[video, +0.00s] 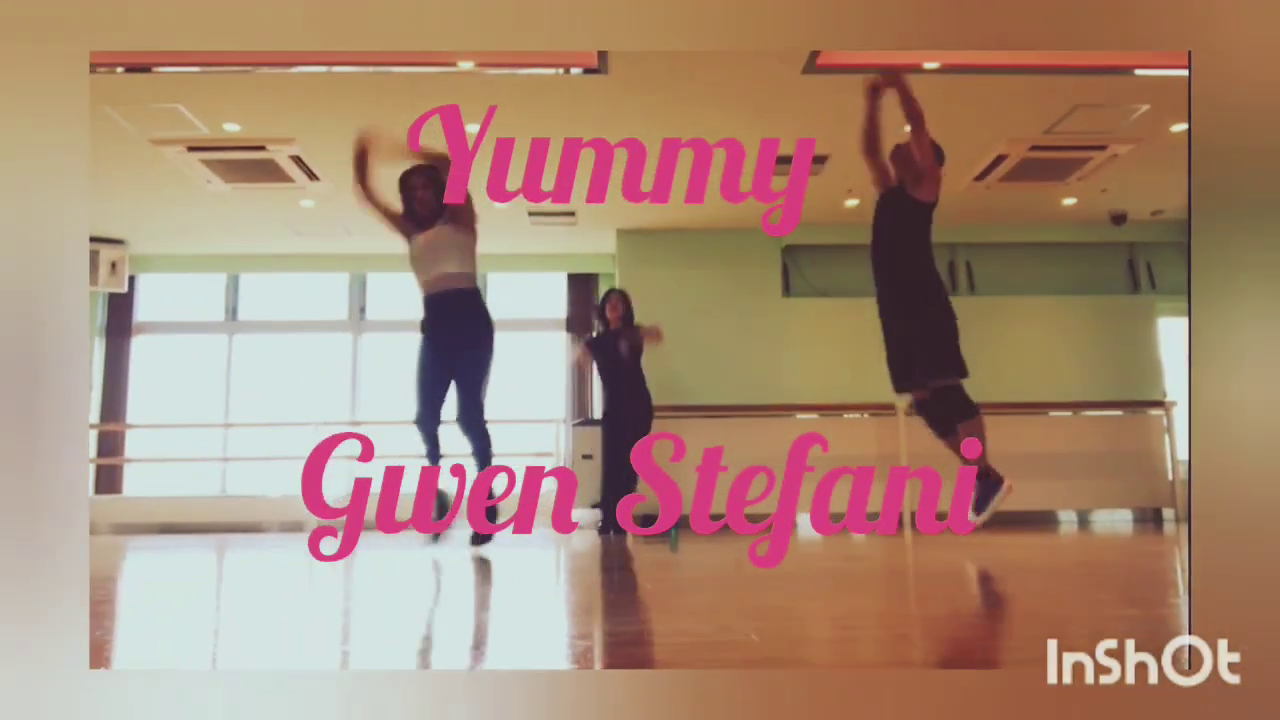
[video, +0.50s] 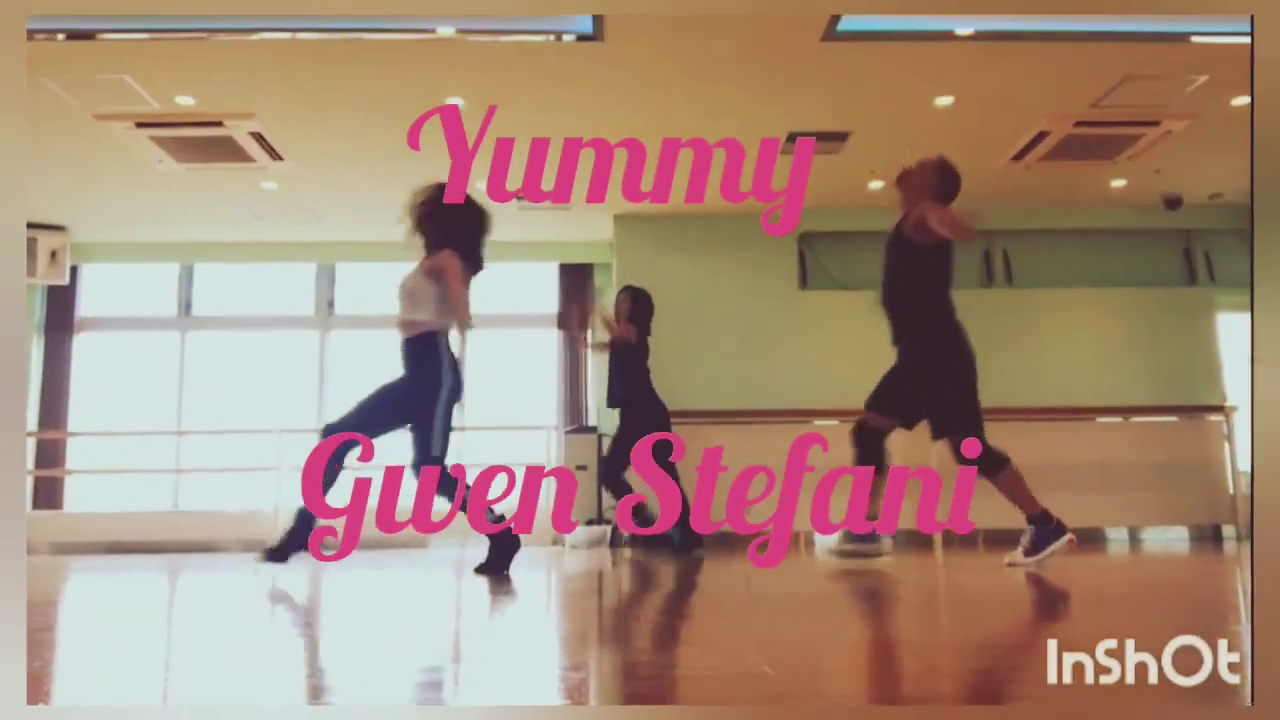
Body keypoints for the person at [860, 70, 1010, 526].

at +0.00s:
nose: (905, 151)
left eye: (914, 147)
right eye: (905, 147)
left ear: (930, 164)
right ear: (901, 158)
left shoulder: (922, 191)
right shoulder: (890, 192)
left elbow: (919, 131)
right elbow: (872, 148)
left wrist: (901, 86)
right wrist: (873, 97)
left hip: (926, 307)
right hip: (899, 311)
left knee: (947, 392)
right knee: (924, 401)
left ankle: (987, 475)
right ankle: (981, 474)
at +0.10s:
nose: (919, 177)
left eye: (928, 172)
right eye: (918, 171)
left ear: (935, 185)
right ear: (905, 183)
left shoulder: (927, 211)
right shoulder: (897, 212)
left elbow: (927, 156)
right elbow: (892, 162)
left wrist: (922, 111)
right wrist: (902, 117)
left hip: (936, 326)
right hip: (910, 331)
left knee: (957, 417)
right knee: (951, 419)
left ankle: (999, 495)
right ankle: (998, 495)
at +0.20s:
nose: (901, 196)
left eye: (907, 188)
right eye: (899, 189)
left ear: (923, 191)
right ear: (899, 196)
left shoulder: (935, 226)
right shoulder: (907, 228)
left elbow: (929, 172)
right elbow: (889, 185)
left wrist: (914, 132)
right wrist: (889, 135)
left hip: (946, 348)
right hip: (924, 351)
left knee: (958, 442)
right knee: (950, 443)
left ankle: (1021, 512)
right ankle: (1017, 510)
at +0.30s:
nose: (902, 180)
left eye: (910, 173)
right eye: (902, 174)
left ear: (931, 178)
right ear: (911, 184)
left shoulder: (942, 214)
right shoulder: (913, 225)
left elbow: (917, 165)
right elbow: (881, 204)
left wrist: (873, 138)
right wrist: (856, 172)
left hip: (948, 346)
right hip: (924, 349)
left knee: (962, 436)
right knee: (913, 441)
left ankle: (1021, 515)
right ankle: (992, 496)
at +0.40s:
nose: (904, 170)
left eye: (913, 165)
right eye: (907, 164)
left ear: (935, 175)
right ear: (919, 175)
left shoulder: (942, 213)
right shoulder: (916, 225)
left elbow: (918, 190)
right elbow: (886, 244)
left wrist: (873, 170)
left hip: (946, 346)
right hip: (920, 348)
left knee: (970, 438)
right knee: (882, 430)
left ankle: (1029, 517)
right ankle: (940, 499)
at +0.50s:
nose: (910, 167)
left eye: (921, 166)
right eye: (917, 162)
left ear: (930, 184)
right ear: (925, 186)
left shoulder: (926, 217)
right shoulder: (909, 223)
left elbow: (950, 228)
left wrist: (945, 218)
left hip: (939, 355)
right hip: (921, 356)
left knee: (971, 449)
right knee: (866, 434)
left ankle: (1043, 523)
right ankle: (866, 532)